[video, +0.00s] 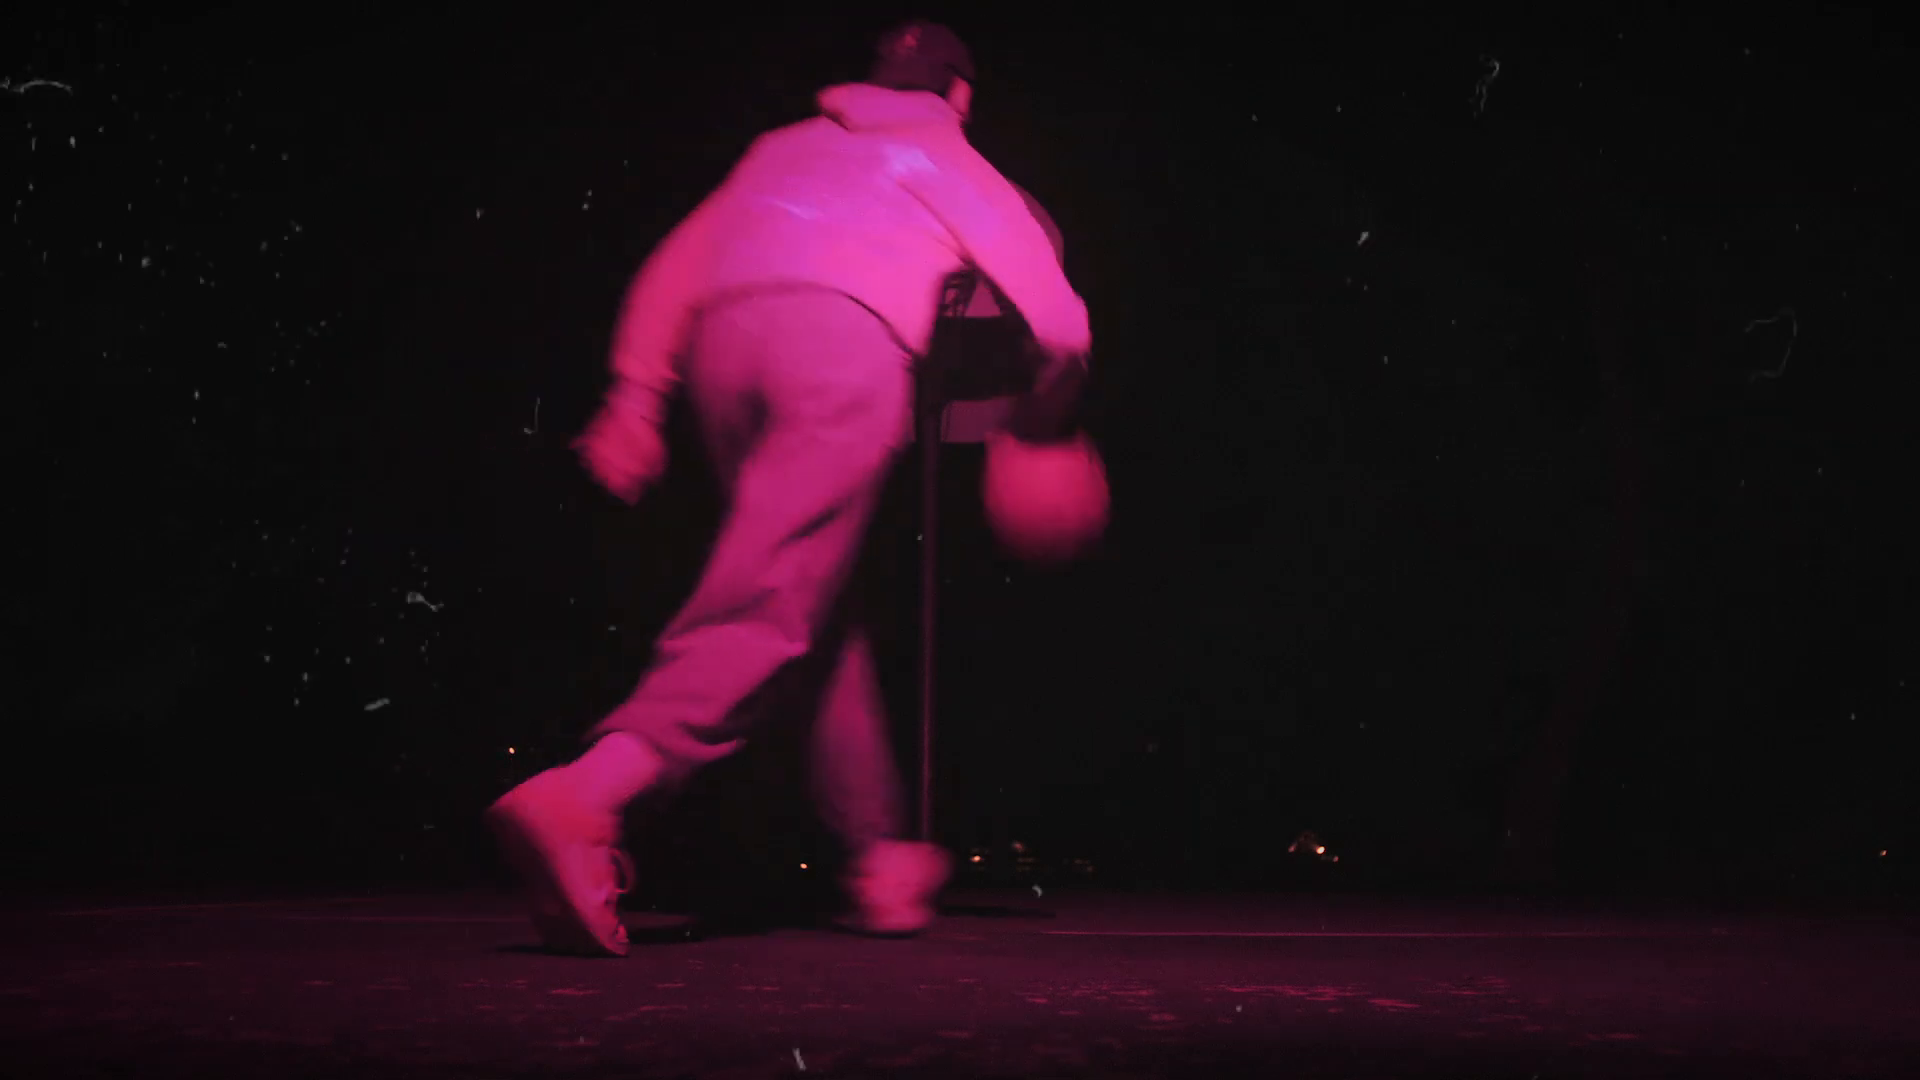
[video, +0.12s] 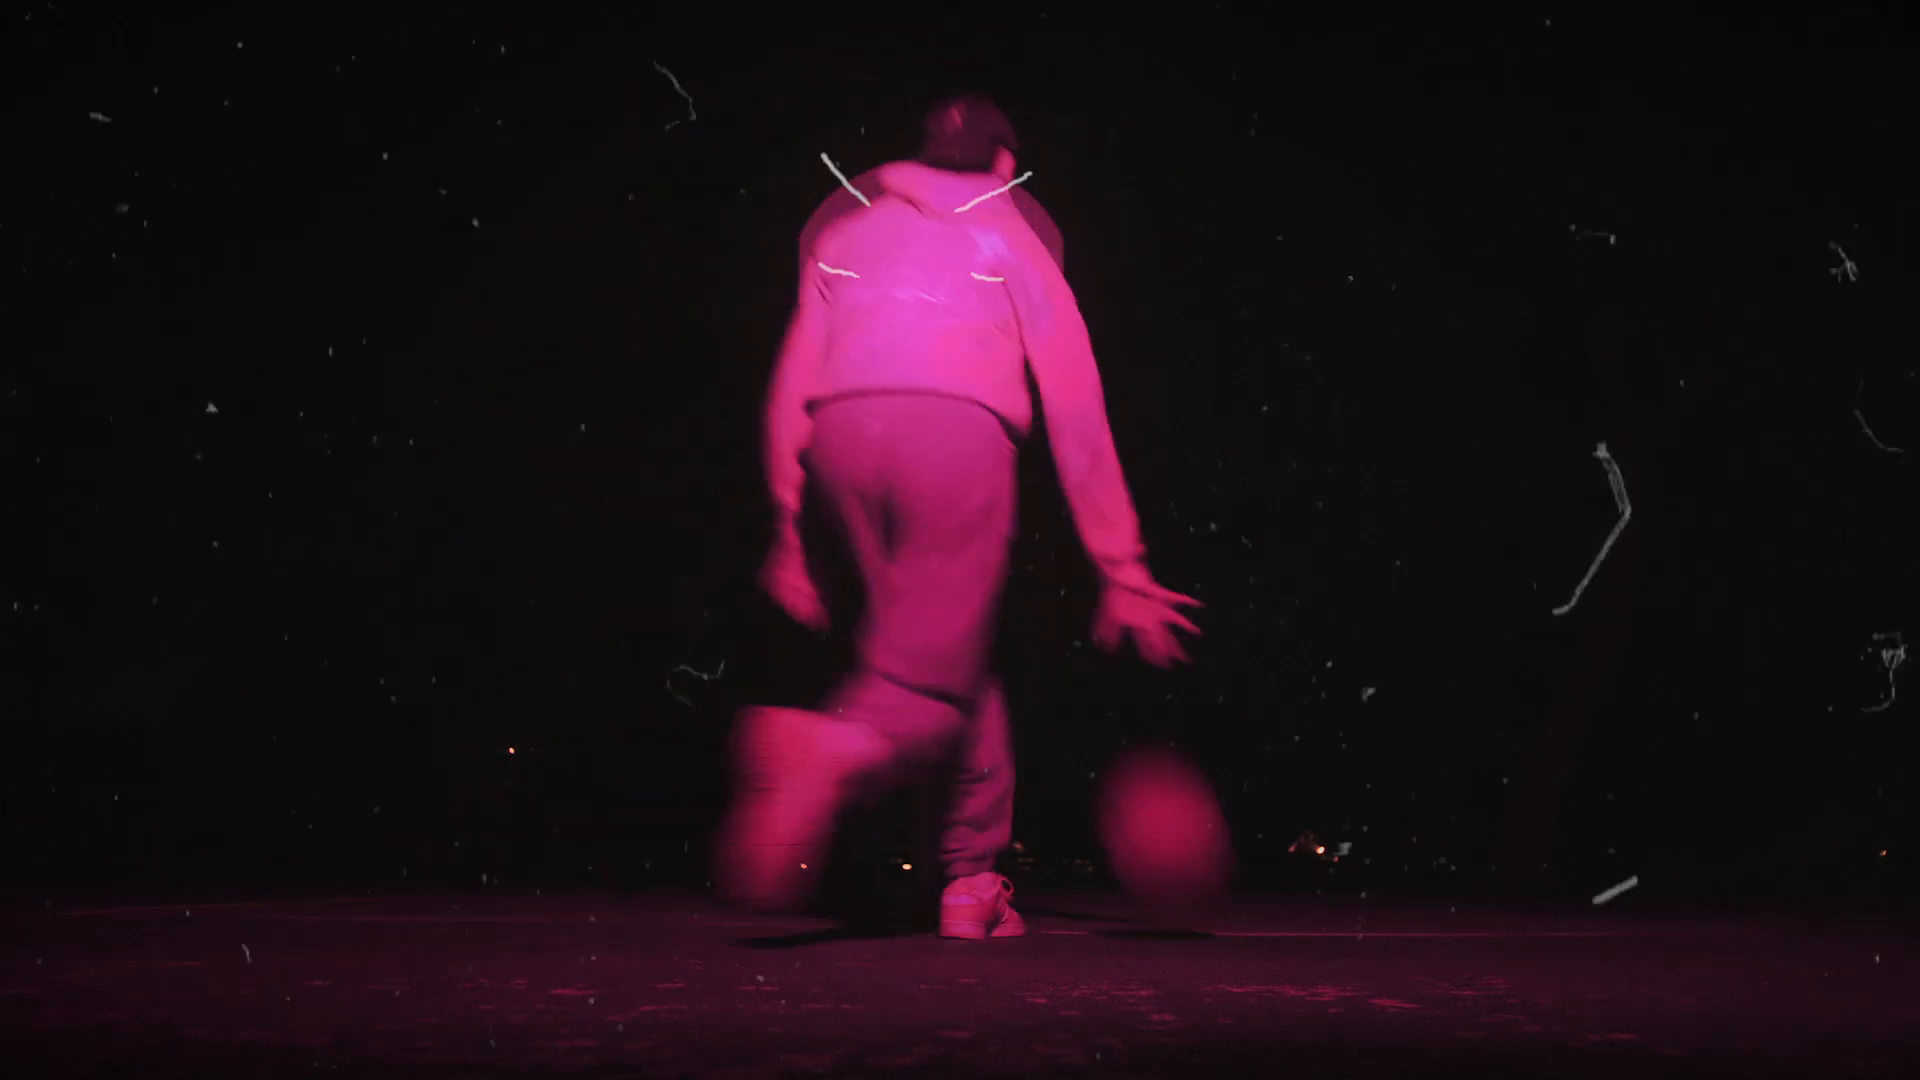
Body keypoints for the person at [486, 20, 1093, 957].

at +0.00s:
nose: (971, 116)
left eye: (967, 103)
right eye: (972, 102)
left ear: (869, 86)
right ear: (957, 97)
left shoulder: (779, 148)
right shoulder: (951, 164)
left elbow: (676, 262)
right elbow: (1063, 326)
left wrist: (636, 395)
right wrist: (1042, 419)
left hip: (720, 341)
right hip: (840, 342)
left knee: (809, 605)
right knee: (765, 602)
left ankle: (880, 858)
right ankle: (585, 796)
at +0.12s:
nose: (1016, 179)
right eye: (1015, 170)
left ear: (918, 157)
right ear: (1003, 166)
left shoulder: (842, 224)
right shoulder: (1013, 232)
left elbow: (791, 385)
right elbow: (1074, 405)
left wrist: (789, 532)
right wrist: (1121, 564)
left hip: (839, 437)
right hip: (952, 436)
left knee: (953, 670)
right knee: (918, 689)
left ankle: (972, 880)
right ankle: (819, 755)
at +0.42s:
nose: (1124, 244)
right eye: (1122, 233)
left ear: (1040, 236)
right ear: (1111, 234)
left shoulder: (985, 296)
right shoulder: (1129, 291)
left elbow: (969, 381)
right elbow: (1188, 394)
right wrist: (1304, 466)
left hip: (979, 486)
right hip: (1088, 475)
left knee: (1038, 695)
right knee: (1158, 647)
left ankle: (992, 859)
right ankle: (1256, 845)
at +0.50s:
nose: (1142, 256)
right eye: (1141, 246)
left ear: (1058, 250)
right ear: (1132, 248)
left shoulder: (1004, 337)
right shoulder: (1155, 306)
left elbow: (995, 486)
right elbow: (1197, 414)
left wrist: (1010, 613)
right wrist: (1287, 508)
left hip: (1040, 529)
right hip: (1144, 515)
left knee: (1075, 702)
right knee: (1210, 697)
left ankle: (1024, 815)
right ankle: (1298, 869)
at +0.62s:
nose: (1131, 271)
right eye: (1132, 261)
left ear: (1055, 264)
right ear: (1130, 263)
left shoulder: (1018, 347)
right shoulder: (1171, 328)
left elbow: (1013, 484)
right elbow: (1225, 430)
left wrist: (1022, 601)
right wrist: (1243, 530)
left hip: (1078, 541)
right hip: (1187, 524)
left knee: (1102, 698)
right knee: (1221, 691)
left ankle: (1074, 871)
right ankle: (1303, 869)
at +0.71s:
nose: (1119, 265)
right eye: (1121, 255)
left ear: (1044, 256)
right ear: (1120, 256)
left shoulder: (1010, 337)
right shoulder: (1164, 321)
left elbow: (1010, 471)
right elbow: (1226, 425)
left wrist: (1019, 589)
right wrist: (1248, 542)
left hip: (1076, 537)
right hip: (1184, 522)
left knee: (1094, 697)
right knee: (1218, 691)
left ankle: (1077, 876)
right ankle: (1302, 872)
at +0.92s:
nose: (993, 173)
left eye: (995, 154)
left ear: (998, 153)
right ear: (1070, 161)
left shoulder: (989, 197)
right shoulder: (1121, 231)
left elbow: (969, 267)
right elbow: (1197, 355)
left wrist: (928, 346)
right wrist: (1200, 450)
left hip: (1059, 419)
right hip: (1159, 416)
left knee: (1061, 637)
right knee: (1187, 625)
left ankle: (1071, 865)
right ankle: (1217, 837)